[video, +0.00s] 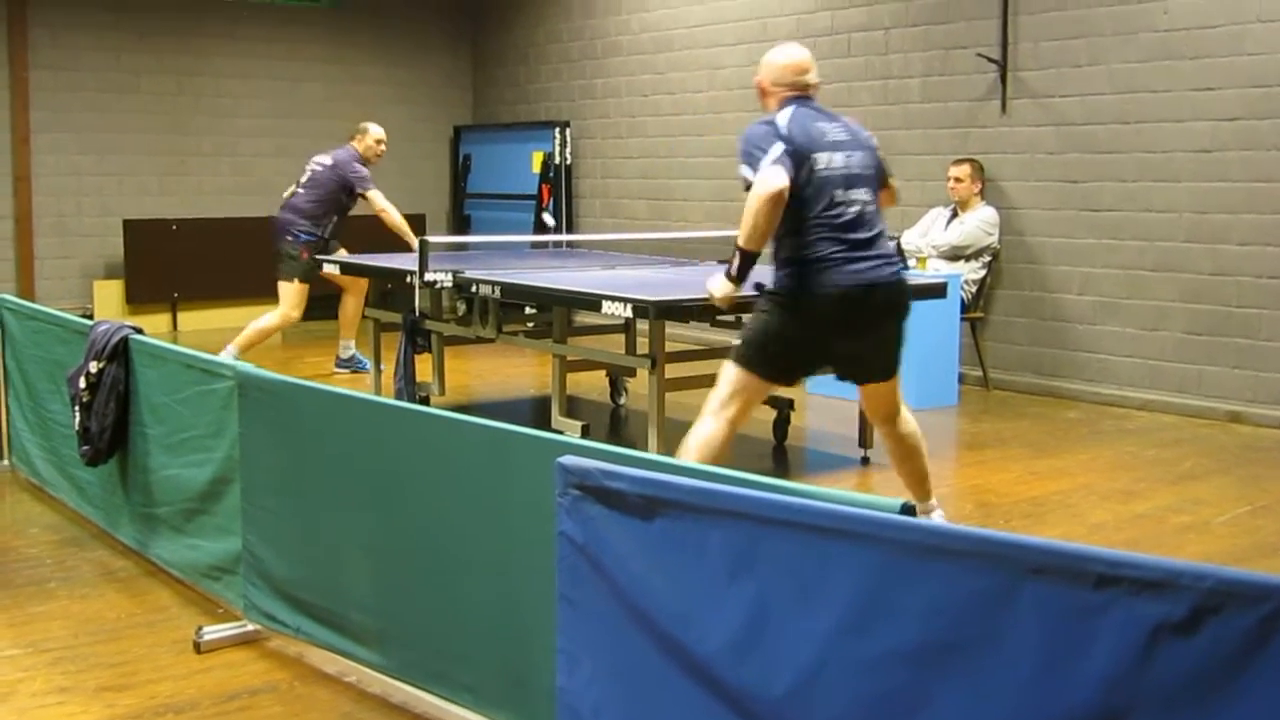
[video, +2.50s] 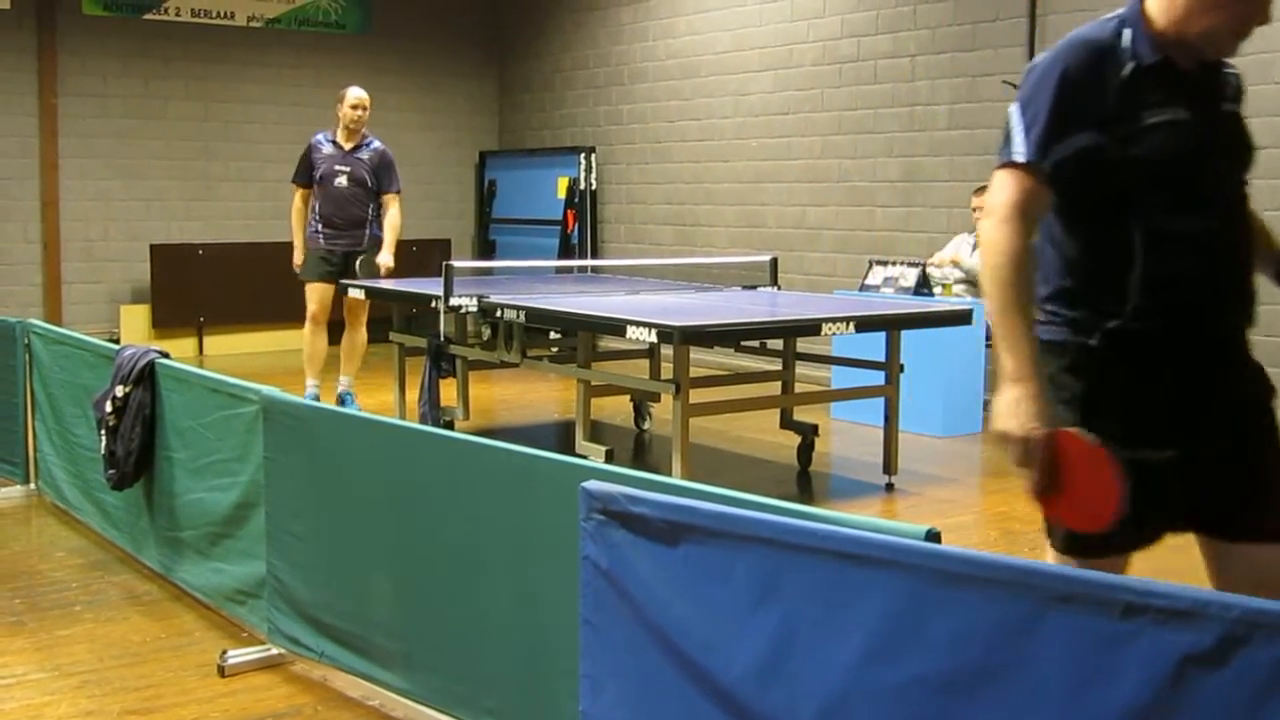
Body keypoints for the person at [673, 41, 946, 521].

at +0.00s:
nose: (757, 91)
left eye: (758, 85)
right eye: (761, 85)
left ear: (764, 87)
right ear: (812, 85)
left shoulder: (766, 131)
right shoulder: (854, 130)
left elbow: (773, 188)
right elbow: (887, 193)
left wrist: (734, 277)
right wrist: (833, 203)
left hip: (812, 291)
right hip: (883, 286)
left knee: (723, 410)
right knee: (891, 412)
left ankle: (666, 512)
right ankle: (929, 513)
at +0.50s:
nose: (861, 135)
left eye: (862, 127)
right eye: (862, 128)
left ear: (870, 126)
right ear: (919, 123)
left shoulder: (872, 163)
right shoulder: (960, 173)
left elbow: (785, 235)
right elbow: (960, 261)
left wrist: (767, 207)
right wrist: (877, 282)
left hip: (917, 343)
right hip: (995, 338)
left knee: (818, 464)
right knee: (969, 446)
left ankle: (824, 578)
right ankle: (1033, 552)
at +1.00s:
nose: (798, 132)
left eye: (803, 114)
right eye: (790, 121)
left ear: (839, 92)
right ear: (837, 98)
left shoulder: (890, 128)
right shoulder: (866, 148)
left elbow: (981, 194)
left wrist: (954, 304)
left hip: (973, 312)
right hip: (993, 310)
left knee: (891, 471)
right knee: (980, 455)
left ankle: (923, 611)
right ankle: (1044, 571)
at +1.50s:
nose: (970, 35)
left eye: (982, 20)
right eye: (955, 21)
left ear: (998, 17)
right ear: (920, 18)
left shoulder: (1035, 91)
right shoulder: (882, 105)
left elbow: (1090, 191)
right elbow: (843, 210)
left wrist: (1093, 297)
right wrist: (799, 309)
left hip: (1009, 322)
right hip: (915, 321)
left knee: (990, 486)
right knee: (909, 483)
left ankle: (991, 628)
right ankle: (922, 619)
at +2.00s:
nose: (1094, 56)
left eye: (1106, 40)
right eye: (1079, 38)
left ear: (1119, 29)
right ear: (1033, 18)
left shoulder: (1117, 100)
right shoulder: (958, 97)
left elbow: (1139, 218)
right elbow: (878, 212)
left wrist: (1157, 328)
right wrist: (905, 328)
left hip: (1073, 344)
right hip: (979, 342)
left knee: (1023, 538)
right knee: (1007, 541)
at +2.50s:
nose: (1261, 19)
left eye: (1263, 7)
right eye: (1252, 4)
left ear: (1211, 7)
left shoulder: (1218, 84)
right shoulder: (1078, 68)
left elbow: (1227, 210)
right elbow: (1003, 218)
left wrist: (1276, 265)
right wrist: (1017, 382)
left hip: (1215, 373)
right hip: (1099, 380)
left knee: (1262, 604)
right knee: (1090, 611)